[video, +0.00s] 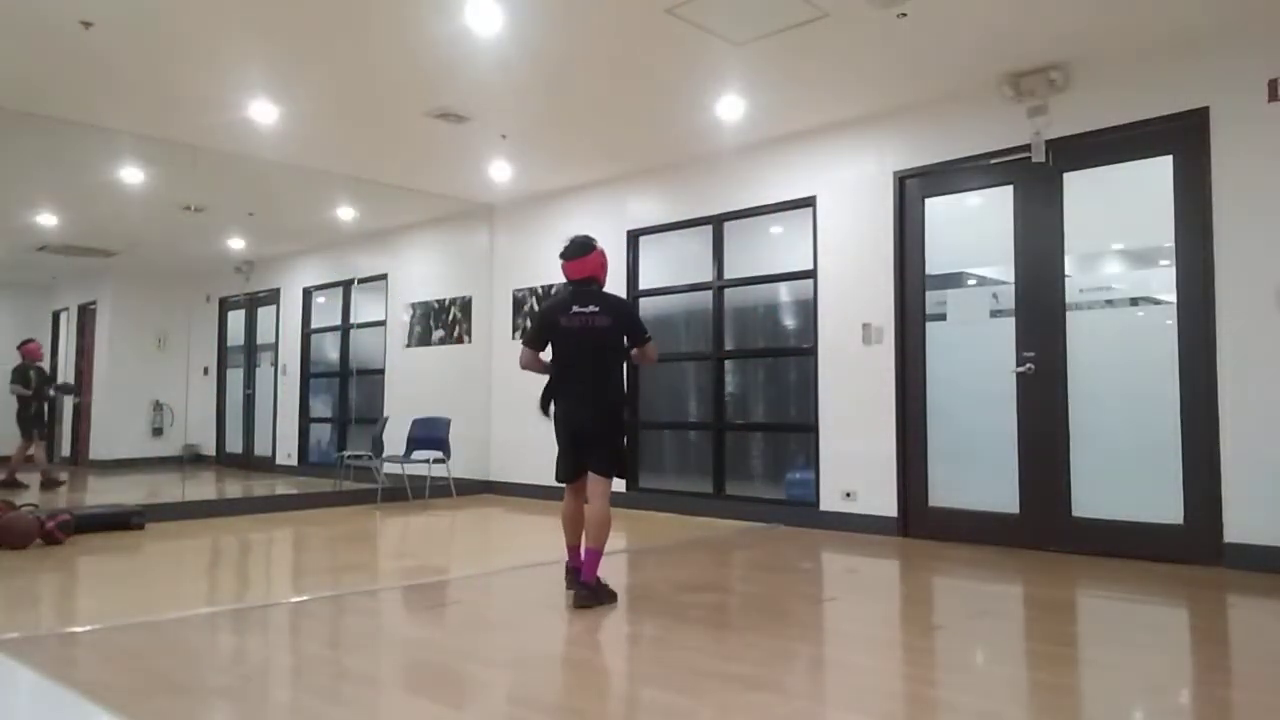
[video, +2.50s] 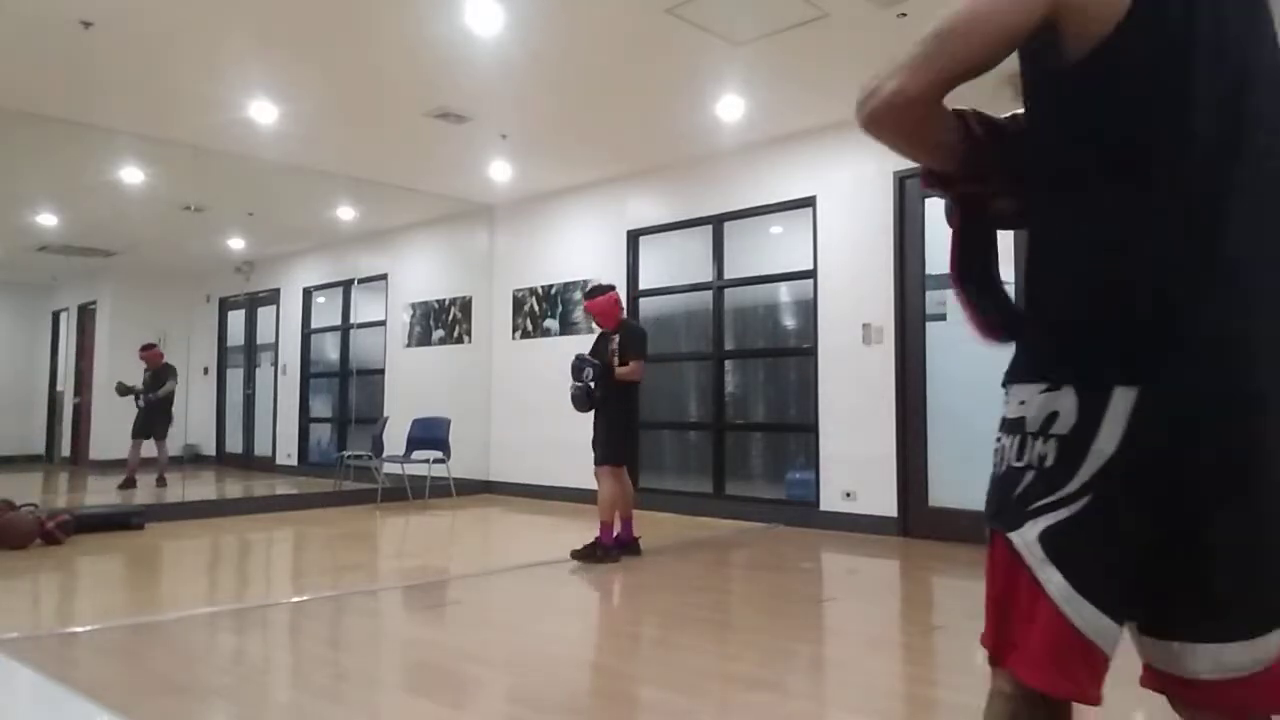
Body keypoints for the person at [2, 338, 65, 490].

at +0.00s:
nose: (42, 352)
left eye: (41, 349)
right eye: (38, 350)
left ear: (32, 353)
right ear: (30, 353)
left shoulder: (40, 370)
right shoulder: (19, 369)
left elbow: (49, 384)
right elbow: (14, 388)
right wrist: (32, 393)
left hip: (38, 410)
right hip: (26, 410)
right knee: (36, 442)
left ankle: (10, 476)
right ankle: (46, 478)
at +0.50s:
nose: (74, 353)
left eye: (74, 350)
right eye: (71, 350)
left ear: (74, 352)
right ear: (63, 352)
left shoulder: (76, 369)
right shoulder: (57, 368)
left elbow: (76, 389)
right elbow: (52, 387)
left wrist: (80, 402)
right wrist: (65, 400)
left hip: (72, 411)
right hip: (57, 411)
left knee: (83, 438)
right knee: (55, 444)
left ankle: (84, 474)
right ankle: (49, 477)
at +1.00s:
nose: (107, 354)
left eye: (109, 350)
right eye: (103, 350)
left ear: (111, 352)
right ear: (94, 353)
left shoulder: (108, 371)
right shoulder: (88, 369)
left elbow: (112, 388)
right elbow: (90, 386)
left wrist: (125, 386)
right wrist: (109, 388)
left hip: (106, 408)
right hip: (94, 408)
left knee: (107, 441)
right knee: (104, 441)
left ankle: (102, 475)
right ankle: (79, 468)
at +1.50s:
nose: (124, 355)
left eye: (126, 351)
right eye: (120, 352)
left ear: (130, 353)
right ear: (112, 355)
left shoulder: (132, 371)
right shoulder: (108, 371)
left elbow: (148, 379)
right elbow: (106, 388)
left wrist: (147, 374)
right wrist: (123, 381)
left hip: (130, 411)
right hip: (117, 411)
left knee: (127, 443)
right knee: (124, 443)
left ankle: (106, 473)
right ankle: (126, 476)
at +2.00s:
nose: (131, 362)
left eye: (134, 358)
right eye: (129, 358)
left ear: (143, 358)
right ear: (127, 357)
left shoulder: (153, 370)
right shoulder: (123, 371)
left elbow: (171, 381)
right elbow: (118, 390)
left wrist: (156, 391)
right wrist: (123, 382)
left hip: (147, 413)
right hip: (129, 413)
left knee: (152, 444)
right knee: (127, 445)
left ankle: (160, 475)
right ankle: (127, 478)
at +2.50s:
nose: (145, 363)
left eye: (146, 359)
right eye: (143, 360)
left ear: (156, 356)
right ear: (146, 359)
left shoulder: (169, 369)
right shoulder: (148, 371)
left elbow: (170, 386)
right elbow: (146, 388)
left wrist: (153, 396)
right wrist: (131, 389)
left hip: (161, 413)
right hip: (145, 412)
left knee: (160, 444)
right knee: (136, 443)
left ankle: (161, 476)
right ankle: (130, 477)